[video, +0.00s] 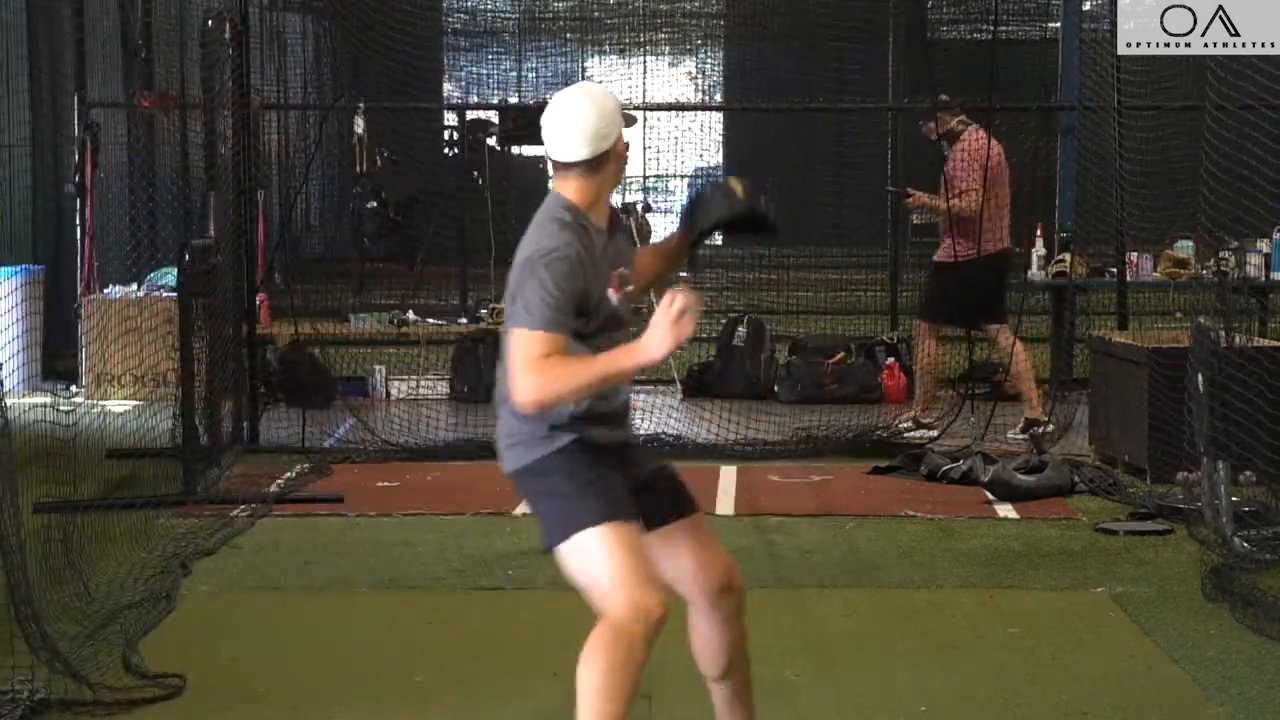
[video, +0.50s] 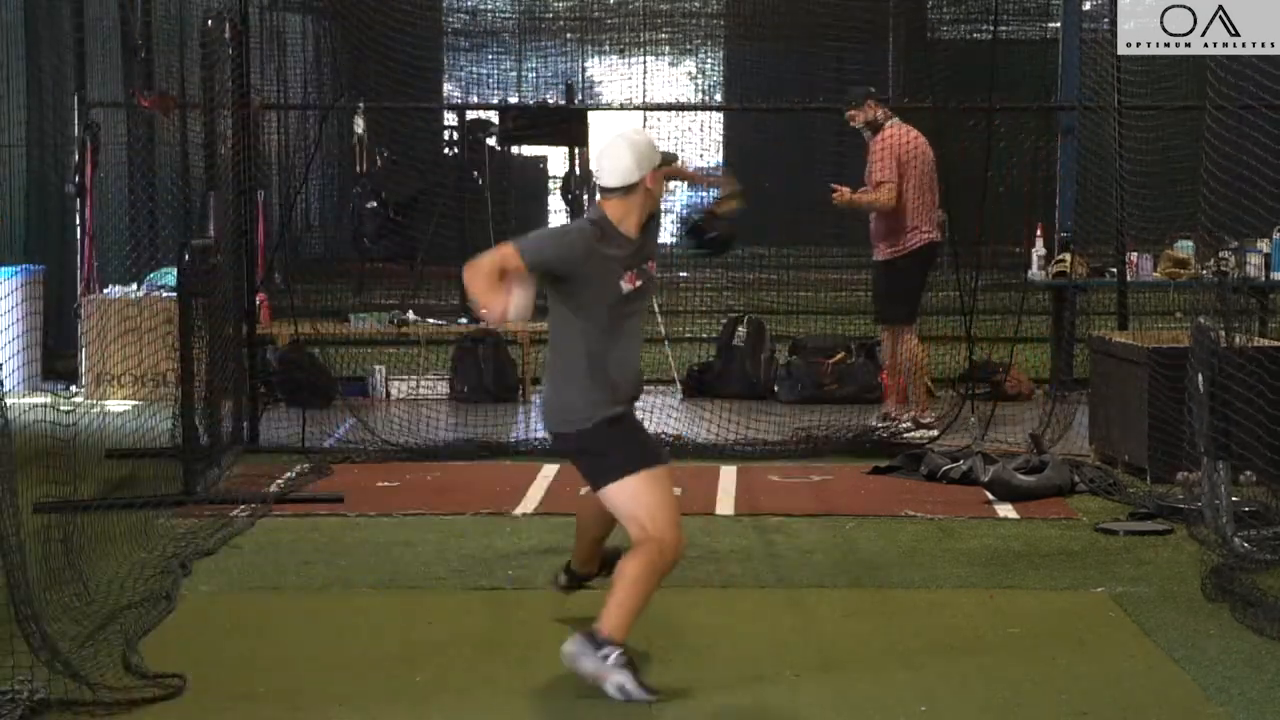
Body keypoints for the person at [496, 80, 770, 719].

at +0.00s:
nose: (626, 148)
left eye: (622, 140)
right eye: (624, 140)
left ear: (554, 154)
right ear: (618, 152)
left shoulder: (613, 222)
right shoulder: (550, 251)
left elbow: (634, 277)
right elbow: (531, 384)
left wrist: (693, 226)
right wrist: (645, 349)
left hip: (610, 436)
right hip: (551, 447)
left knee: (713, 582)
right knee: (634, 604)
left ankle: (735, 715)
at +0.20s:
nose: (655, 123)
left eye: (650, 114)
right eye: (654, 114)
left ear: (582, 122)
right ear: (647, 124)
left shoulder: (602, 184)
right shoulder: (605, 216)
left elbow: (653, 212)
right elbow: (623, 336)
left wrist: (702, 218)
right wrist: (694, 282)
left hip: (613, 383)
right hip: (565, 403)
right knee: (666, 531)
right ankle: (560, 664)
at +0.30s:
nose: (665, 153)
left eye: (661, 146)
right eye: (663, 144)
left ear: (600, 156)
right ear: (655, 154)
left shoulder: (629, 196)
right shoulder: (598, 244)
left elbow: (688, 180)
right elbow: (578, 362)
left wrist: (771, 210)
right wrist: (648, 437)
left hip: (592, 385)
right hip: (547, 411)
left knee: (687, 493)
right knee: (650, 534)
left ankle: (655, 594)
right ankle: (576, 671)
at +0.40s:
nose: (668, 179)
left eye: (665, 172)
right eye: (665, 171)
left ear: (612, 181)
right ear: (656, 180)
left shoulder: (647, 215)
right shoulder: (588, 259)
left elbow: (717, 178)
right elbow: (525, 354)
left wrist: (796, 160)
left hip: (603, 401)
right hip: (565, 416)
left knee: (667, 496)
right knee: (666, 524)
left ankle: (610, 558)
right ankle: (580, 666)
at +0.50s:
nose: (666, 184)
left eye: (663, 175)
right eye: (659, 176)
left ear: (619, 182)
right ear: (642, 184)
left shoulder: (637, 230)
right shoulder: (575, 242)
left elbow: (651, 180)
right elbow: (479, 267)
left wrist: (691, 175)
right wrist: (494, 300)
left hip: (612, 405)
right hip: (583, 415)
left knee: (610, 485)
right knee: (662, 538)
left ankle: (584, 565)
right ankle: (602, 645)